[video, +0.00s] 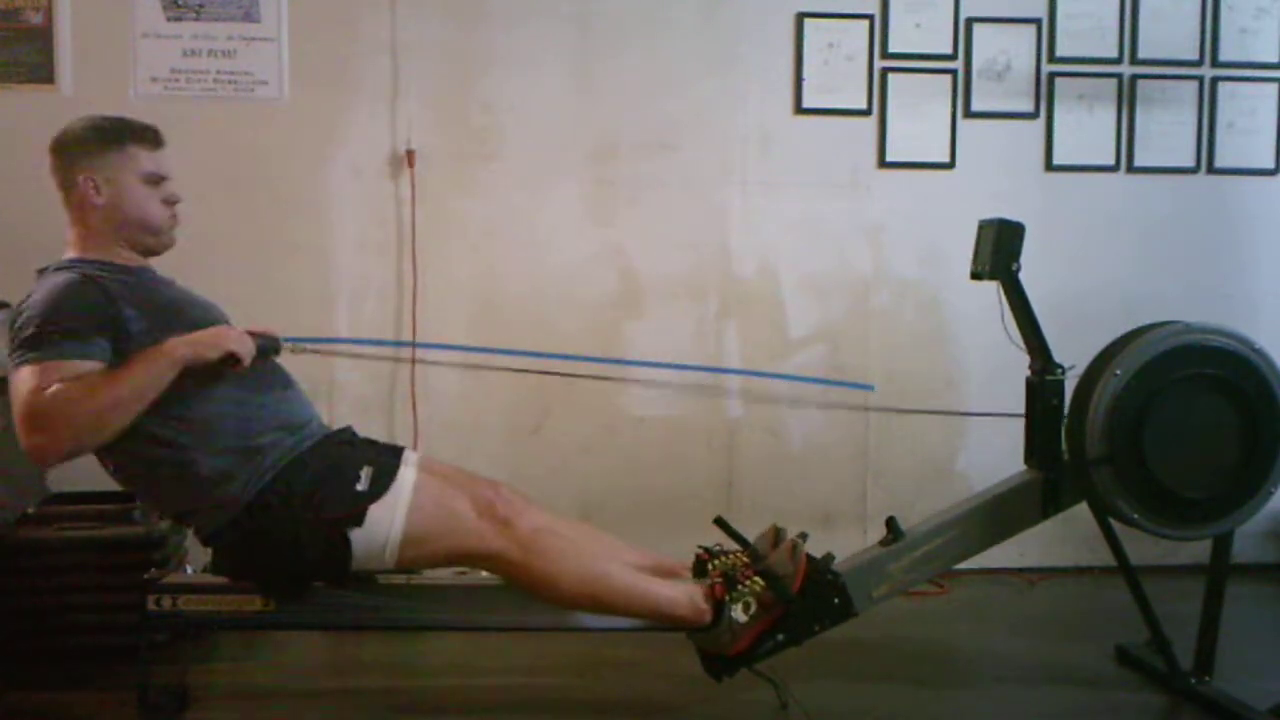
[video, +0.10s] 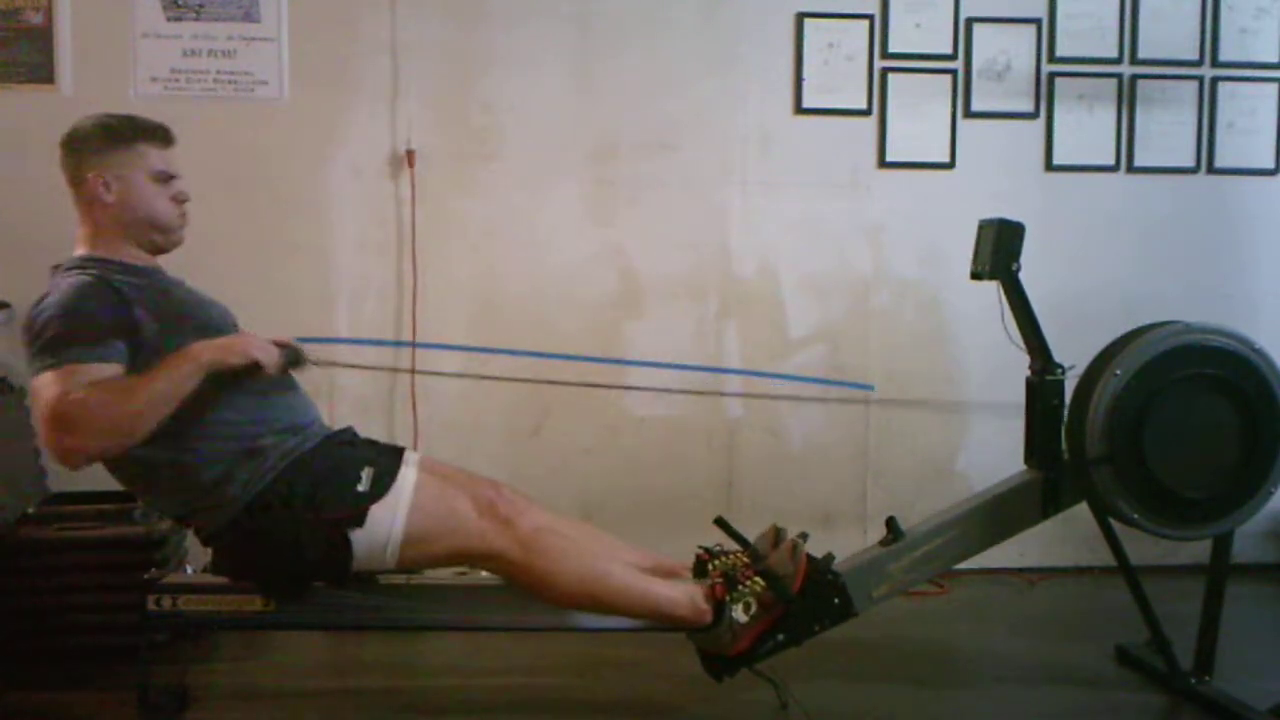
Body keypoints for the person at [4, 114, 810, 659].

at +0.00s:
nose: (172, 199)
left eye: (169, 183)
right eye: (153, 184)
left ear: (116, 197)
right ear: (90, 197)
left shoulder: (139, 287)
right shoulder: (74, 291)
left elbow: (161, 399)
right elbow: (45, 426)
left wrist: (233, 352)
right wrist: (179, 353)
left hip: (305, 468)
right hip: (272, 500)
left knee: (502, 507)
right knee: (493, 522)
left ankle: (706, 594)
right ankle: (710, 614)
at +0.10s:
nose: (180, 197)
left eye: (176, 181)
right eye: (160, 181)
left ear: (129, 194)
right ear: (98, 194)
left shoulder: (148, 286)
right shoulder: (85, 291)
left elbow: (162, 400)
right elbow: (68, 428)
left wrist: (254, 361)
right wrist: (205, 357)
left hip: (305, 470)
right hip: (273, 500)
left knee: (501, 506)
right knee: (493, 521)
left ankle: (705, 594)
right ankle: (710, 610)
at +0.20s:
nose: (203, 191)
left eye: (200, 175)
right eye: (185, 174)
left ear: (144, 183)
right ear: (122, 181)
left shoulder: (162, 281)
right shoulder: (106, 290)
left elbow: (175, 408)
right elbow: (119, 430)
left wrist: (288, 378)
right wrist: (267, 371)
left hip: (303, 470)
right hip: (275, 501)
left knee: (503, 501)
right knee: (496, 520)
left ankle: (710, 592)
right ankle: (710, 613)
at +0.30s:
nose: (233, 182)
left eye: (232, 166)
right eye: (214, 166)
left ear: (175, 177)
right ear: (148, 174)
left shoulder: (185, 277)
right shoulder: (134, 284)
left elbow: (223, 402)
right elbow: (182, 418)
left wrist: (341, 395)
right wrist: (329, 386)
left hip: (293, 478)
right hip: (270, 506)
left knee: (501, 494)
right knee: (495, 511)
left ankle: (708, 587)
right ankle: (714, 616)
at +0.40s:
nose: (267, 178)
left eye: (265, 161)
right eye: (249, 161)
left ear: (207, 168)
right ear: (186, 165)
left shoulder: (226, 272)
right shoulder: (165, 278)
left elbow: (293, 380)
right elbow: (251, 405)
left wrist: (403, 392)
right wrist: (406, 395)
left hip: (306, 472)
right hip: (272, 512)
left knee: (502, 483)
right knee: (499, 506)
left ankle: (700, 584)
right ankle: (705, 614)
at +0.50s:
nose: (306, 172)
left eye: (303, 156)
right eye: (288, 156)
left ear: (242, 165)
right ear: (228, 163)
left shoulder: (263, 263)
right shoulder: (205, 272)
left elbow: (355, 360)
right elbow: (317, 384)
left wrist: (469, 395)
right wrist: (468, 400)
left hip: (319, 475)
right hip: (286, 515)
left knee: (512, 474)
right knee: (511, 488)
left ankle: (697, 584)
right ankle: (708, 616)